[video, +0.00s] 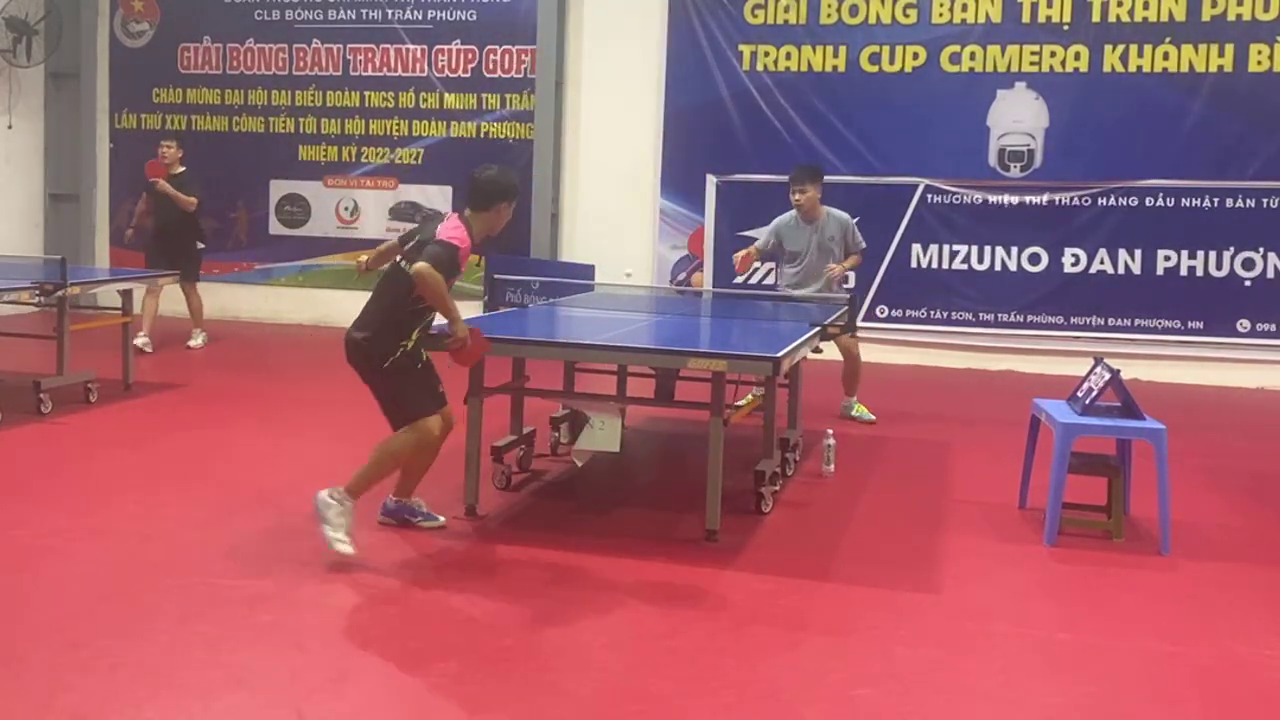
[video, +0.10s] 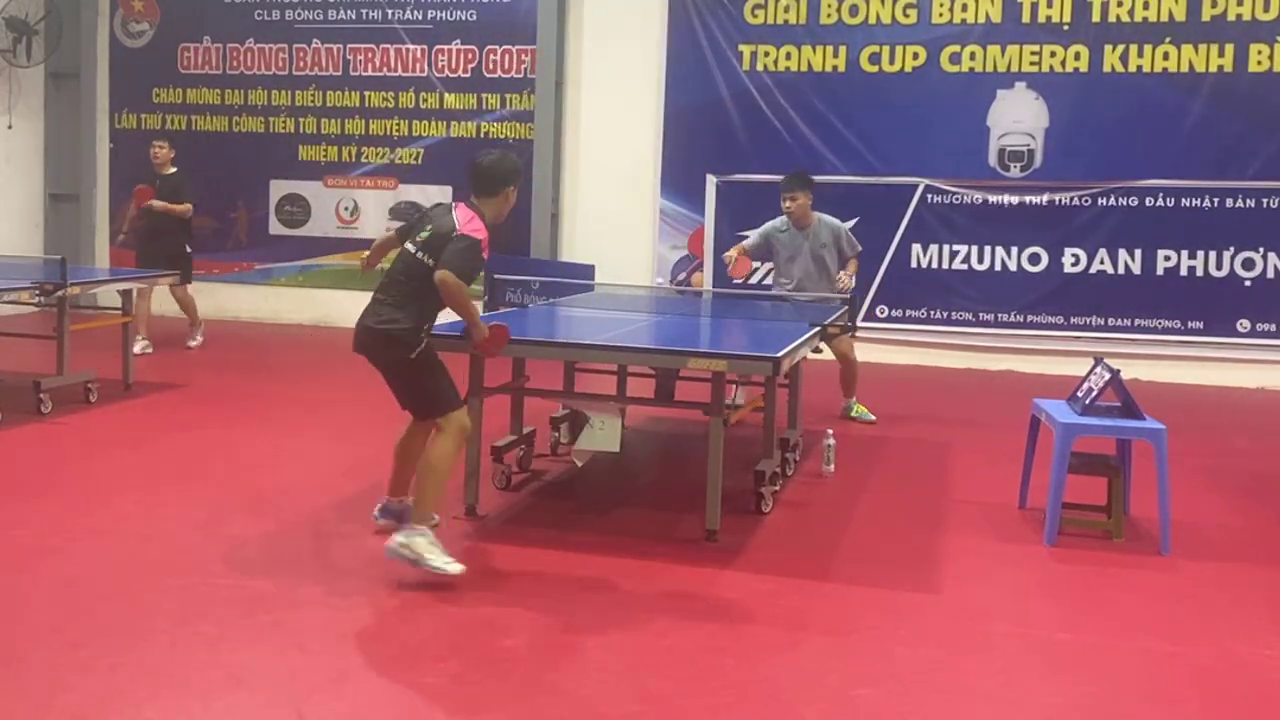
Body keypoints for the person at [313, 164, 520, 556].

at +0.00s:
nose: (508, 219)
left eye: (511, 210)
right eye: (509, 210)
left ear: (476, 202)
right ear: (498, 209)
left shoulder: (441, 221)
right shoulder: (456, 239)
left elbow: (398, 242)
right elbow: (424, 272)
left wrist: (372, 261)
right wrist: (456, 320)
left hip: (398, 339)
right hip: (378, 342)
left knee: (443, 421)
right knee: (427, 427)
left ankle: (400, 502)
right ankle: (341, 498)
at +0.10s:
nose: (517, 198)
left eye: (515, 190)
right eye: (516, 190)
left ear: (476, 186)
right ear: (507, 193)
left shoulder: (442, 212)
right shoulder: (473, 233)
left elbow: (392, 238)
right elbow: (446, 278)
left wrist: (371, 257)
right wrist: (475, 322)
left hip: (374, 330)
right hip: (400, 335)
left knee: (425, 418)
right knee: (456, 423)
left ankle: (396, 503)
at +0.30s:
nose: (512, 209)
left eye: (511, 202)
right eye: (512, 202)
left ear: (467, 200)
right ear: (505, 204)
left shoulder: (431, 232)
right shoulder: (499, 254)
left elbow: (372, 265)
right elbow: (515, 335)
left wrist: (400, 263)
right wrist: (526, 330)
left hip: (394, 365)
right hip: (448, 375)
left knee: (403, 433)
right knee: (505, 464)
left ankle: (370, 520)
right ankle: (489, 575)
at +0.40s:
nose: (514, 200)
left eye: (512, 193)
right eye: (513, 194)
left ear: (467, 193)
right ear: (505, 197)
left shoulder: (431, 225)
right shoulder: (507, 248)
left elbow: (372, 257)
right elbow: (536, 324)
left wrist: (413, 269)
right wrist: (529, 302)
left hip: (396, 354)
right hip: (454, 366)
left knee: (382, 428)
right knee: (509, 457)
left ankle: (340, 521)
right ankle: (490, 574)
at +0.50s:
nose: (509, 199)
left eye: (507, 192)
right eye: (509, 193)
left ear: (463, 193)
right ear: (502, 197)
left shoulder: (426, 225)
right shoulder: (506, 249)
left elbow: (370, 259)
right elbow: (545, 319)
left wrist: (415, 265)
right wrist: (524, 300)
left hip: (393, 360)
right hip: (453, 368)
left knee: (365, 438)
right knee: (513, 453)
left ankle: (305, 524)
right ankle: (510, 571)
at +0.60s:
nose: (498, 217)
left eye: (496, 210)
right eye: (497, 210)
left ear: (450, 211)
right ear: (490, 214)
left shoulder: (417, 246)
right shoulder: (500, 267)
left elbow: (366, 284)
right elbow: (552, 325)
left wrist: (418, 284)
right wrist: (537, 304)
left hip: (389, 388)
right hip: (454, 396)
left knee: (339, 466)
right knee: (519, 469)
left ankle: (307, 549)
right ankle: (517, 584)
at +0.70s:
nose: (481, 231)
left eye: (480, 224)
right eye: (480, 224)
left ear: (432, 225)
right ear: (470, 228)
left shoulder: (394, 262)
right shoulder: (485, 279)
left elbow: (346, 291)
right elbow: (543, 316)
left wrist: (387, 287)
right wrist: (573, 308)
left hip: (388, 411)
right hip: (457, 415)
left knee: (319, 488)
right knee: (513, 476)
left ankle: (308, 585)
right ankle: (522, 562)